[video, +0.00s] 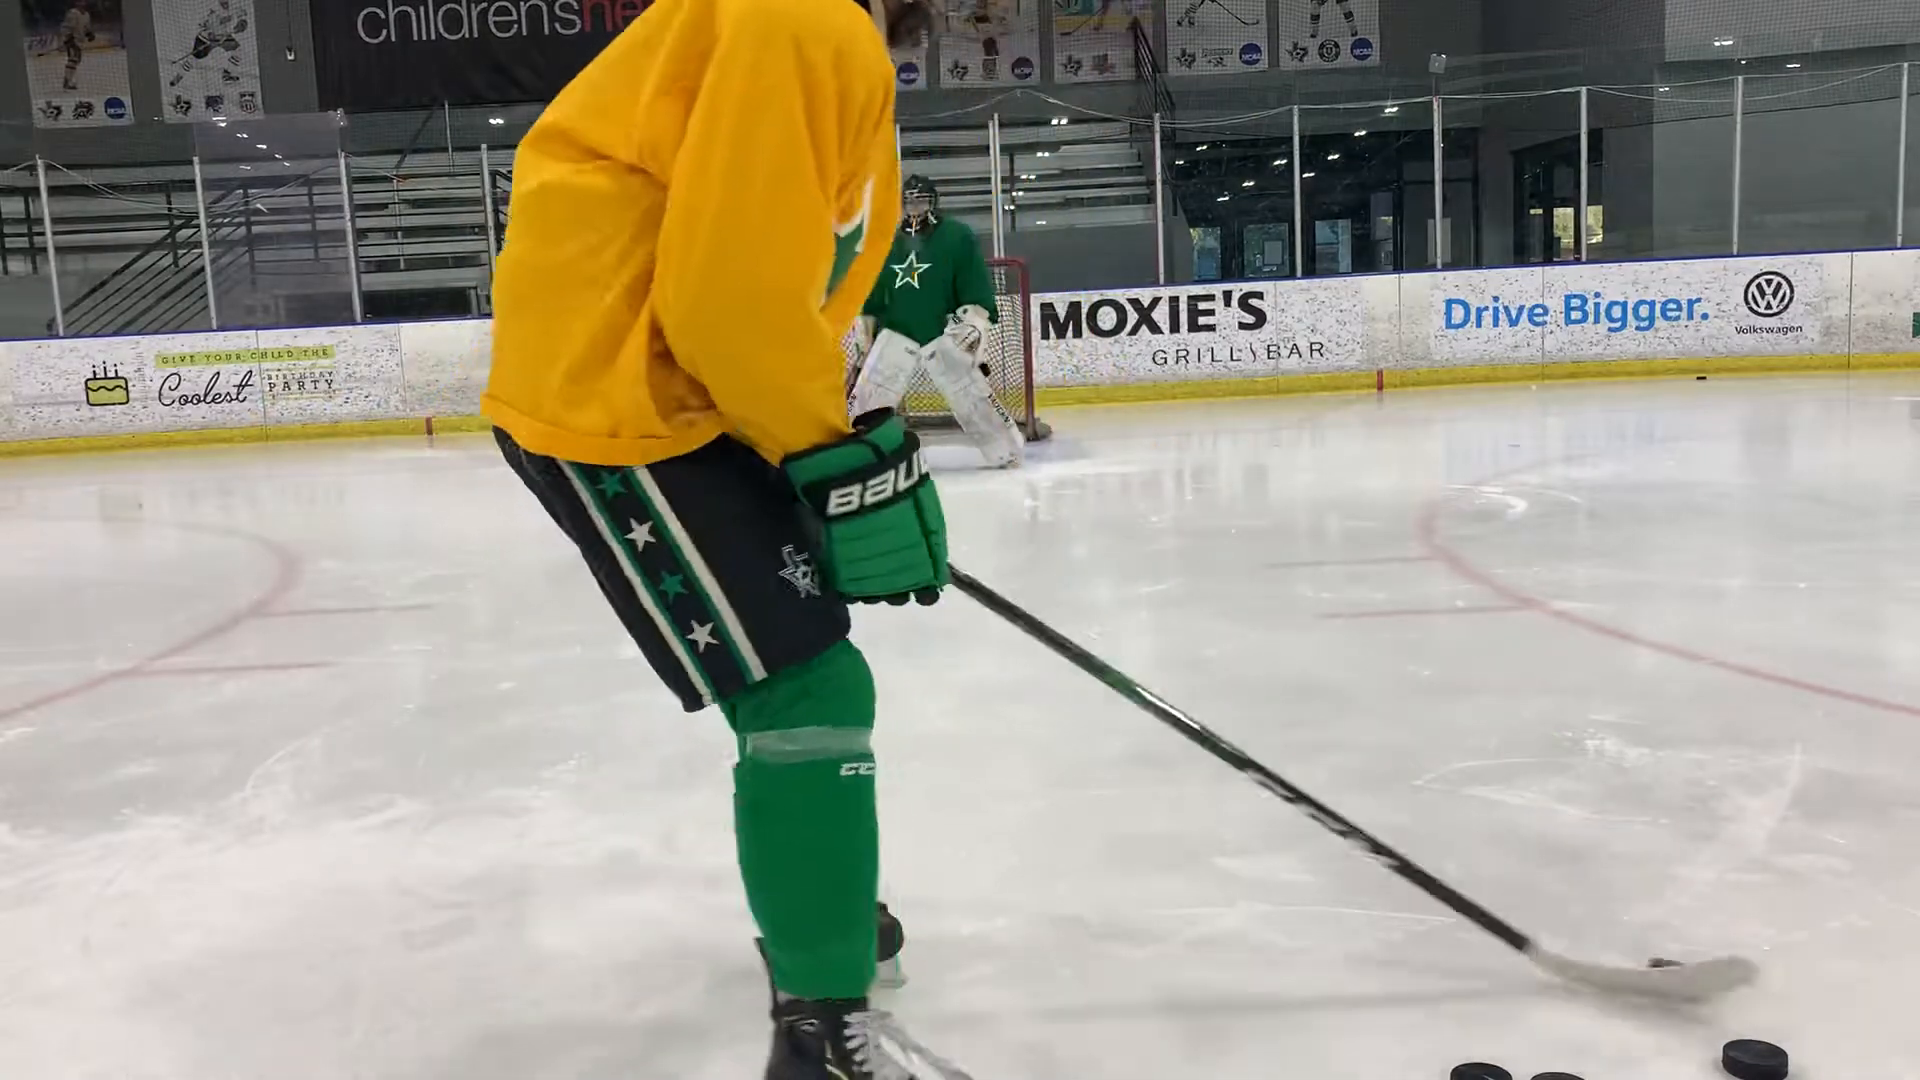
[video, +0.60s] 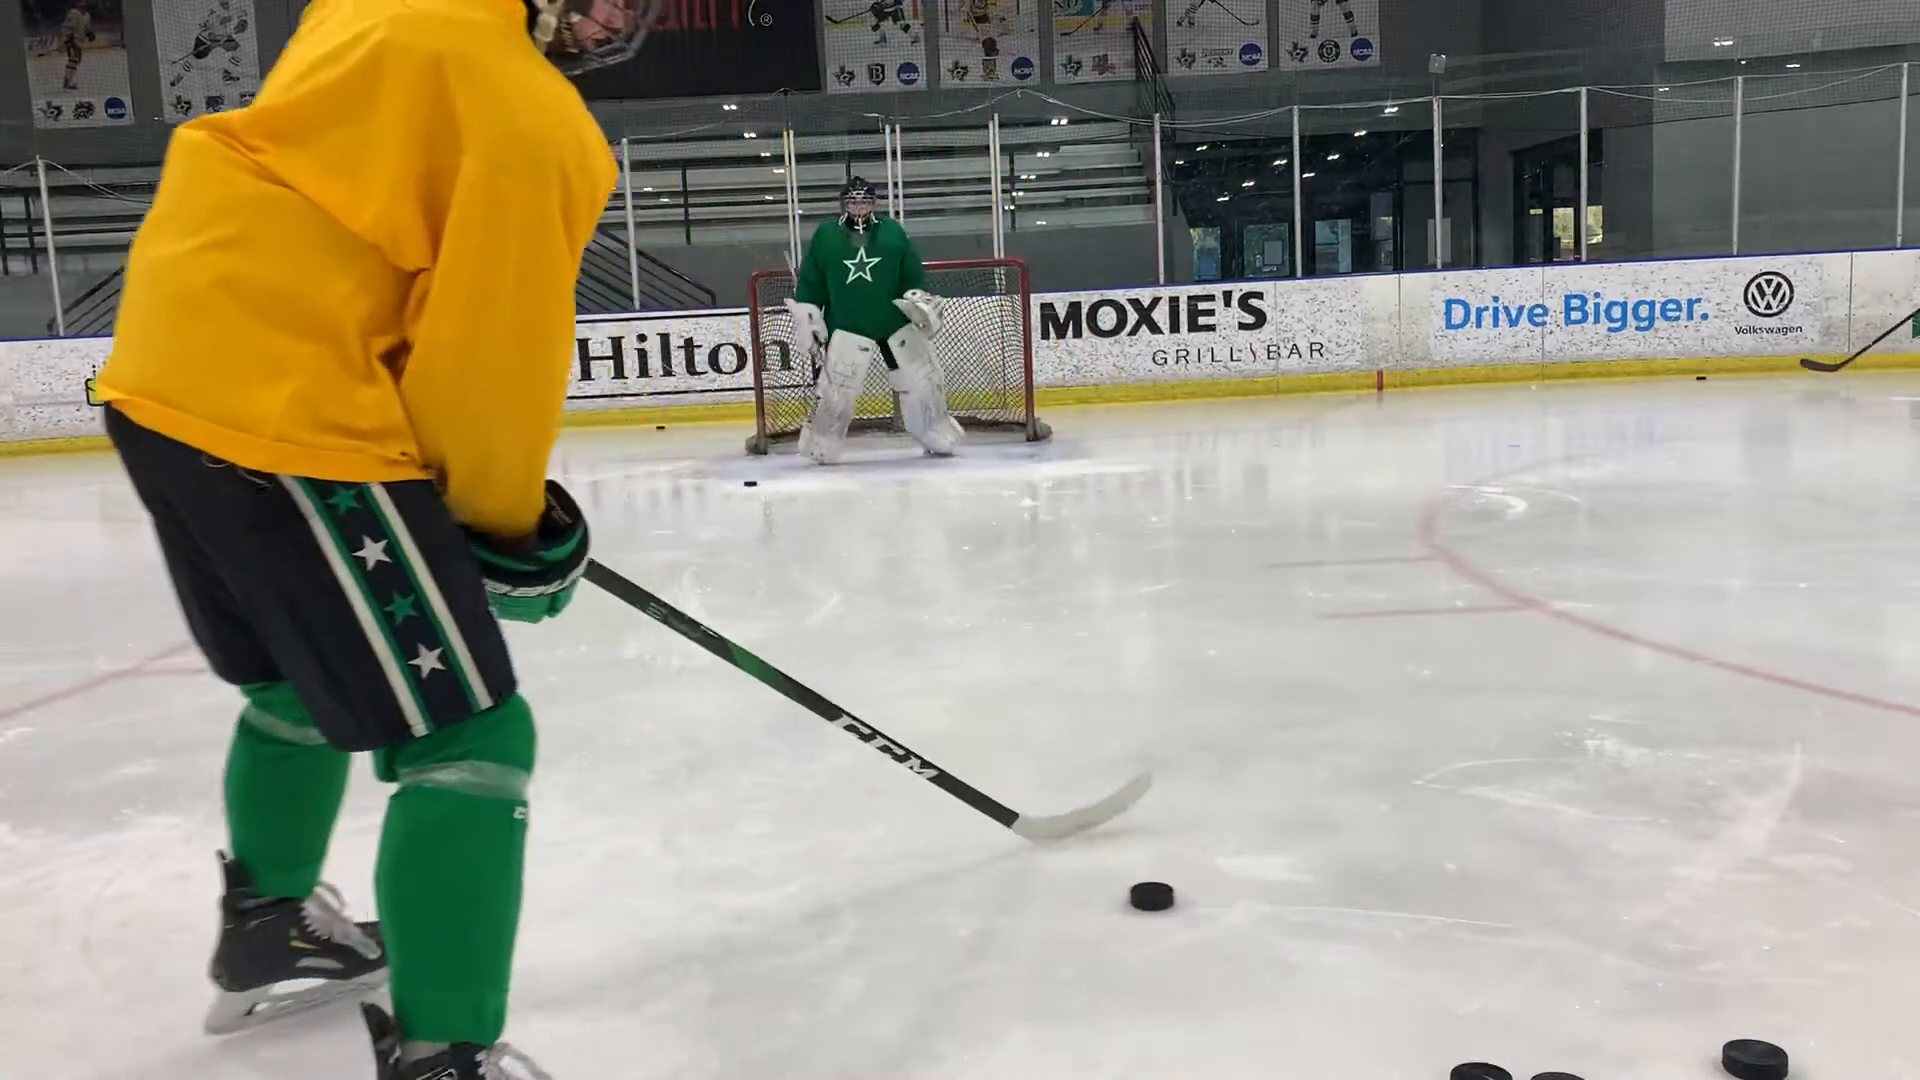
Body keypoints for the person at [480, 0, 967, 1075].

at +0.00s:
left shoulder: (824, 34)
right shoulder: (798, 28)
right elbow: (729, 288)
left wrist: (882, 276)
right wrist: (849, 470)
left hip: (665, 388)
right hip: (613, 400)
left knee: (799, 671)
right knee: (808, 692)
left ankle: (817, 921)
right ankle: (820, 1026)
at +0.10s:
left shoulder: (762, 25)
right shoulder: (759, 28)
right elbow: (703, 294)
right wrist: (812, 467)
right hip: (582, 393)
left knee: (759, 666)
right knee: (763, 687)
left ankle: (754, 898)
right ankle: (742, 1022)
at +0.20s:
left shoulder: (689, 27)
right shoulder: (726, 39)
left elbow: (690, 283)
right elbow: (674, 300)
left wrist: (761, 452)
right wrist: (771, 477)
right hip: (542, 397)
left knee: (699, 666)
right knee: (703, 696)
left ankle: (685, 885)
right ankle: (665, 1028)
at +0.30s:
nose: (793, 14)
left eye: (797, 9)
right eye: (791, 2)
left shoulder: (624, 30)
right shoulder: (686, 63)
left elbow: (634, 295)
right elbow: (643, 320)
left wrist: (706, 464)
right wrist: (709, 495)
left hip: (448, 382)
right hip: (492, 403)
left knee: (602, 662)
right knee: (651, 701)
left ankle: (606, 871)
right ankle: (590, 1020)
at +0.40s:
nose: (744, 16)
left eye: (755, 9)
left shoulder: (534, 33)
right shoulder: (640, 84)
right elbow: (601, 338)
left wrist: (627, 477)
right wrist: (650, 513)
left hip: (352, 389)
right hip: (438, 408)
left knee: (493, 675)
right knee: (593, 717)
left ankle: (474, 879)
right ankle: (539, 1033)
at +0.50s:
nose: (687, 29)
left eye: (706, 24)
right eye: (694, 4)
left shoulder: (450, 24)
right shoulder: (590, 109)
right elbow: (545, 370)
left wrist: (537, 484)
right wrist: (580, 524)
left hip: (262, 386)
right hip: (368, 408)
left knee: (398, 663)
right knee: (535, 723)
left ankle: (363, 897)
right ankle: (501, 1041)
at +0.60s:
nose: (623, 26)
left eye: (636, 20)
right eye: (626, 6)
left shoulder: (363, 19)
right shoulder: (534, 118)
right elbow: (485, 398)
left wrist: (453, 477)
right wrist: (516, 532)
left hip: (162, 386)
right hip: (296, 414)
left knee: (303, 679)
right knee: (470, 732)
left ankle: (269, 923)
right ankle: (444, 1051)